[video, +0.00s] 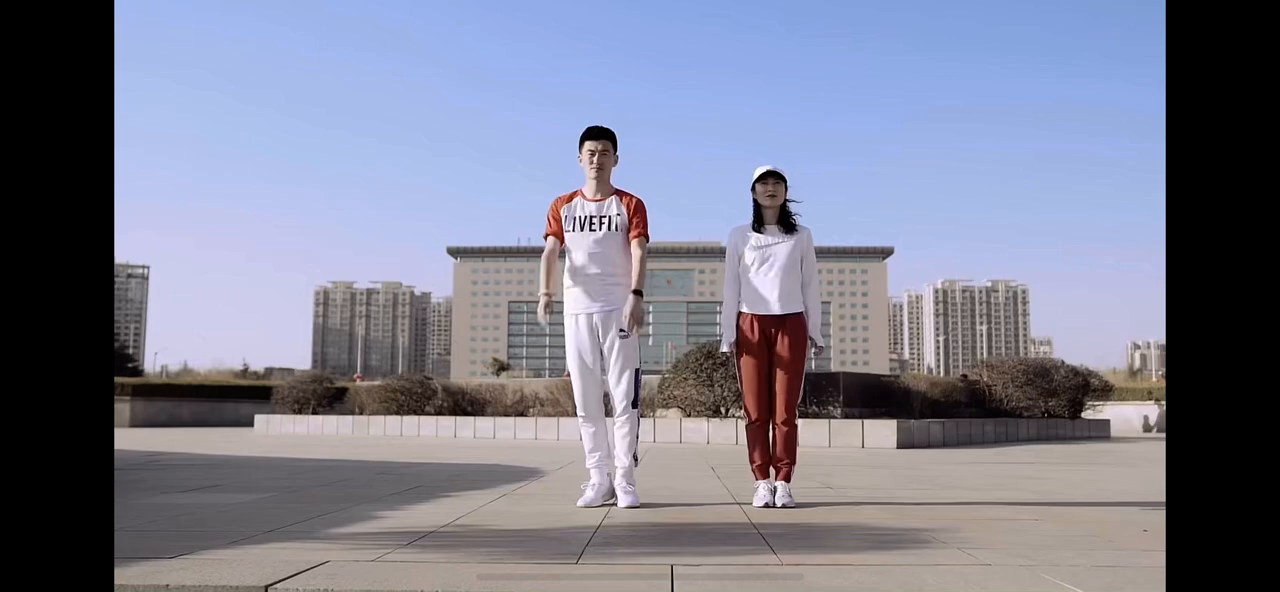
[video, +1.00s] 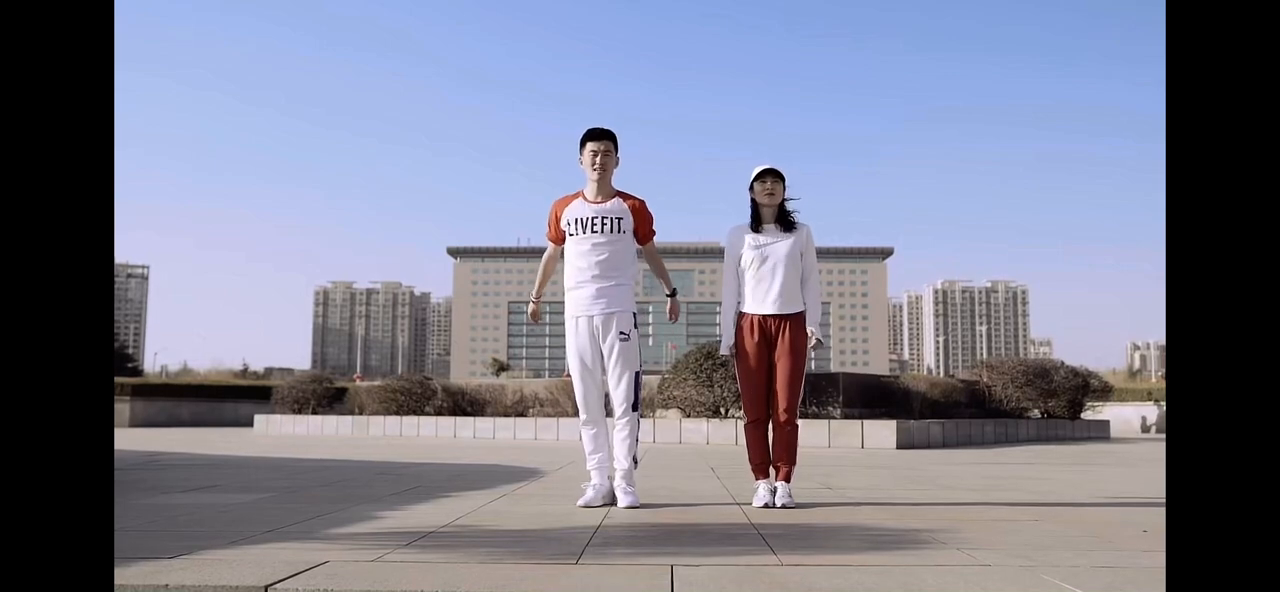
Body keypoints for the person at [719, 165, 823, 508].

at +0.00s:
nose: (770, 188)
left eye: (777, 183)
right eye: (764, 183)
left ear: (785, 192)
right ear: (754, 192)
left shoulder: (800, 234)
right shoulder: (740, 234)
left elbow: (811, 284)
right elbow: (730, 285)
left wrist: (814, 328)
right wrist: (727, 330)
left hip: (790, 324)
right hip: (750, 324)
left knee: (784, 410)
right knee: (755, 411)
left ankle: (783, 482)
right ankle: (762, 482)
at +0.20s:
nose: (769, 189)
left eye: (775, 184)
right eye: (762, 184)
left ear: (784, 192)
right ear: (753, 192)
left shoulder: (800, 234)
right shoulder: (739, 234)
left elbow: (810, 283)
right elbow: (729, 285)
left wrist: (813, 328)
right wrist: (726, 331)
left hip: (789, 324)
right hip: (749, 324)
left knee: (784, 409)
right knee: (755, 410)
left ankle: (783, 482)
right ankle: (762, 482)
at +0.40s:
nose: (768, 187)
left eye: (774, 182)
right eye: (761, 182)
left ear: (783, 192)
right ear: (752, 192)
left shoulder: (800, 233)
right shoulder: (739, 234)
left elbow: (811, 281)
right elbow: (730, 286)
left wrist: (814, 324)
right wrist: (726, 329)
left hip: (789, 323)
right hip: (749, 323)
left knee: (783, 409)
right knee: (754, 410)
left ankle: (783, 482)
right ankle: (762, 481)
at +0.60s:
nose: (767, 186)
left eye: (773, 182)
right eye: (760, 182)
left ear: (783, 191)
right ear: (751, 191)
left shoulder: (800, 232)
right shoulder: (739, 234)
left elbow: (811, 281)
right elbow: (731, 285)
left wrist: (815, 323)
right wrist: (727, 330)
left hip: (788, 323)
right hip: (748, 323)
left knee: (782, 407)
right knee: (754, 408)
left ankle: (783, 482)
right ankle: (762, 481)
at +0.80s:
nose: (768, 187)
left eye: (774, 182)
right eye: (761, 182)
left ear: (783, 190)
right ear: (752, 191)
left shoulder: (801, 231)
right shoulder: (738, 234)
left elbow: (811, 279)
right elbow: (730, 287)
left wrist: (811, 321)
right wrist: (726, 331)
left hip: (788, 323)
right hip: (748, 324)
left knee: (783, 408)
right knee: (754, 409)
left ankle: (784, 482)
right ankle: (763, 481)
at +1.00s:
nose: (769, 187)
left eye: (775, 182)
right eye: (762, 182)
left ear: (784, 191)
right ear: (752, 191)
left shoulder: (801, 233)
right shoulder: (739, 234)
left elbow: (811, 281)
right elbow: (730, 286)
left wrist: (813, 324)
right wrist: (726, 332)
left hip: (791, 325)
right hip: (750, 325)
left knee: (786, 408)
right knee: (755, 409)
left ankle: (783, 482)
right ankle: (762, 481)